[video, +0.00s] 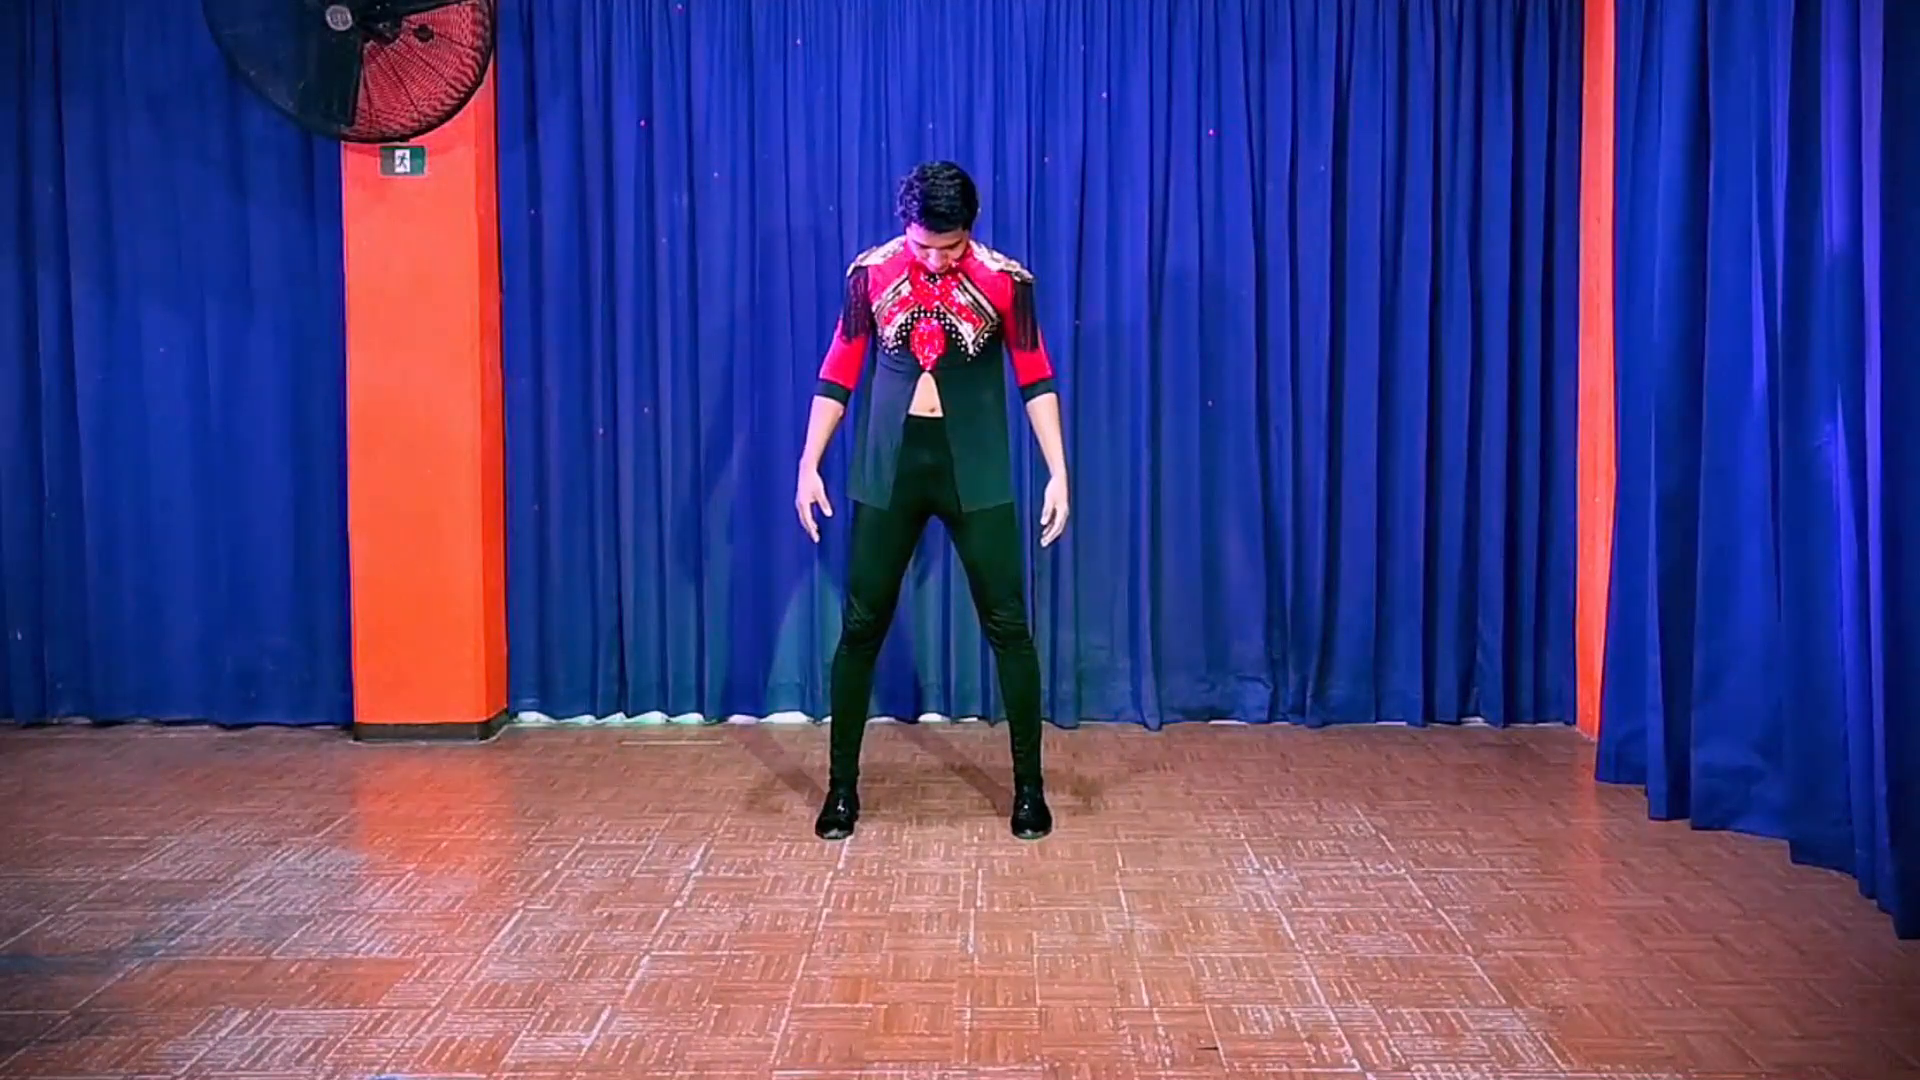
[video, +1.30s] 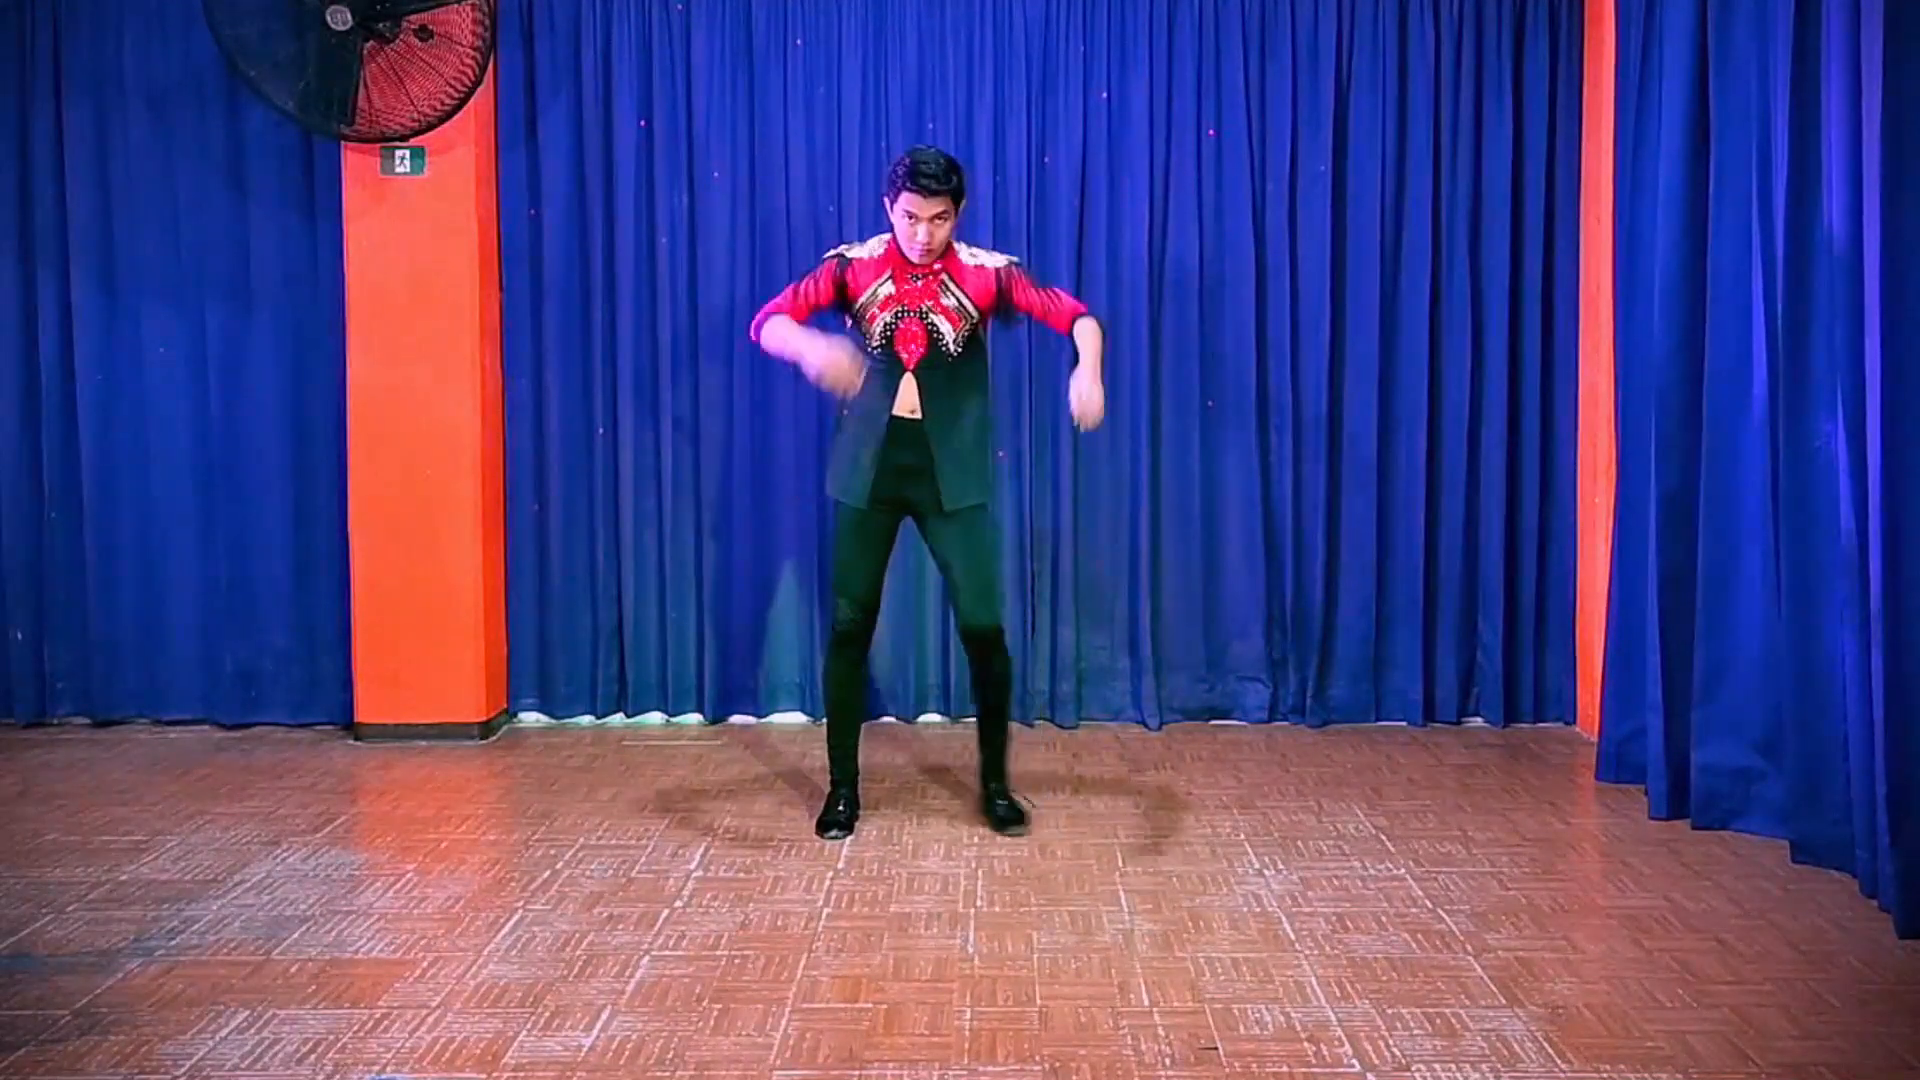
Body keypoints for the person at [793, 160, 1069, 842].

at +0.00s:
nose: (940, 257)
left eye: (953, 245)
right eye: (928, 244)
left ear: (972, 228)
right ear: (907, 226)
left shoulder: (1005, 281)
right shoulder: (872, 275)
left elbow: (1035, 378)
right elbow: (839, 372)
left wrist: (1058, 472)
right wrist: (809, 464)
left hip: (977, 467)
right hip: (890, 466)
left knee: (1007, 623)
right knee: (863, 625)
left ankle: (1028, 784)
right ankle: (842, 786)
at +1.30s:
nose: (922, 233)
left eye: (937, 220)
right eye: (910, 218)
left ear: (956, 215)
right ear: (891, 209)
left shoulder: (986, 274)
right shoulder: (852, 267)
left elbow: (1081, 319)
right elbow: (768, 321)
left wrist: (1088, 372)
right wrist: (813, 349)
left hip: (955, 477)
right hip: (868, 476)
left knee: (984, 630)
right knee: (849, 627)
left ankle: (997, 786)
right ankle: (843, 790)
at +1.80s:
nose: (926, 231)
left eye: (940, 217)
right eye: (913, 217)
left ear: (958, 220)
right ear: (892, 219)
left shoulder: (992, 295)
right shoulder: (866, 305)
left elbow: (1042, 395)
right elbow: (842, 418)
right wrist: (837, 513)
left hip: (984, 480)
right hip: (913, 485)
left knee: (969, 640)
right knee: (973, 636)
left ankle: (891, 783)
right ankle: (1037, 777)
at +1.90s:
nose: (935, 236)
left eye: (947, 221)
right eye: (920, 222)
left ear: (964, 224)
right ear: (899, 225)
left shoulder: (989, 292)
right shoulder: (881, 307)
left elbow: (1061, 358)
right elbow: (832, 408)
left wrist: (1143, 417)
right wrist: (791, 502)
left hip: (988, 479)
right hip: (926, 484)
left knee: (975, 645)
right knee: (1003, 631)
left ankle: (878, 784)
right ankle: (1027, 781)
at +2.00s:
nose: (941, 237)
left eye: (953, 223)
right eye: (926, 225)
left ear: (970, 226)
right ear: (904, 229)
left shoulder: (990, 292)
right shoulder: (891, 305)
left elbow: (1067, 339)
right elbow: (832, 397)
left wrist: (1155, 372)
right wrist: (780, 481)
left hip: (987, 482)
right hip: (936, 487)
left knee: (974, 648)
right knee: (1025, 633)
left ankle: (873, 786)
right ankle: (1032, 783)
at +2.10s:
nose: (949, 235)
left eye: (960, 222)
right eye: (934, 223)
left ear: (976, 226)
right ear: (911, 229)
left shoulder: (990, 290)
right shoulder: (902, 304)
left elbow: (1067, 304)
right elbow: (842, 376)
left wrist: (1145, 309)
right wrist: (794, 436)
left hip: (987, 494)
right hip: (955, 499)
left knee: (979, 646)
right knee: (1045, 628)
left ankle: (877, 783)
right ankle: (1033, 783)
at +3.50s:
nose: (899, 246)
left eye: (912, 234)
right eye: (907, 233)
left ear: (942, 245)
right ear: (950, 248)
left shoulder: (951, 311)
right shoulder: (986, 297)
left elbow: (949, 431)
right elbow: (988, 410)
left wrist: (916, 425)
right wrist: (927, 426)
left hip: (1025, 491)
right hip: (1027, 487)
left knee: (945, 632)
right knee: (971, 630)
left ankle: (988, 789)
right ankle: (1041, 768)